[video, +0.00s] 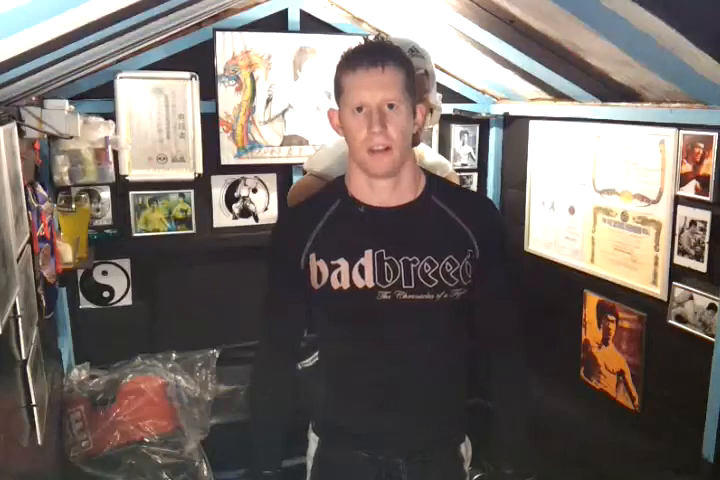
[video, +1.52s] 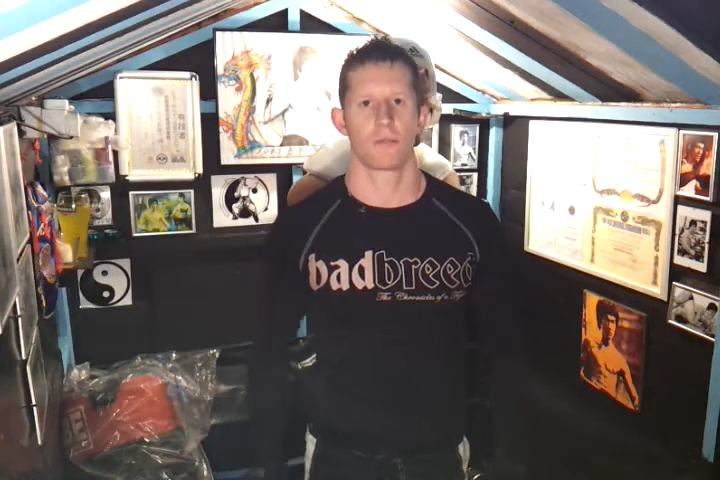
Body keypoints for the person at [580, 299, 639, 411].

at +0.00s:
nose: (610, 326)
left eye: (613, 322)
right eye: (607, 321)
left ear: (616, 326)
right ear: (600, 323)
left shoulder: (620, 360)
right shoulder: (589, 345)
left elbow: (633, 394)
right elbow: (579, 373)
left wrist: (636, 405)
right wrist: (592, 385)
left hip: (609, 402)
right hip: (588, 398)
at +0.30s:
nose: (610, 326)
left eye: (613, 322)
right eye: (607, 321)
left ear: (616, 326)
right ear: (600, 323)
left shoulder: (620, 360)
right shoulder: (589, 345)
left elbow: (633, 394)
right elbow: (579, 373)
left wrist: (636, 405)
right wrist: (592, 385)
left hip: (609, 402)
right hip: (588, 397)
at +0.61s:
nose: (610, 326)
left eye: (613, 322)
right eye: (607, 320)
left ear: (616, 326)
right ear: (600, 323)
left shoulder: (620, 361)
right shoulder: (589, 345)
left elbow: (634, 395)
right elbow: (579, 374)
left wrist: (636, 406)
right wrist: (593, 387)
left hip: (609, 402)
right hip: (588, 398)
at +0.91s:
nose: (610, 326)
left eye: (613, 322)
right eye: (607, 321)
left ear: (616, 326)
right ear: (601, 324)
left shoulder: (620, 360)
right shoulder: (589, 344)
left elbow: (634, 395)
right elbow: (579, 371)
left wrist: (636, 404)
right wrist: (589, 382)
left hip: (609, 402)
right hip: (588, 397)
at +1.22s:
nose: (610, 326)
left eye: (613, 322)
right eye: (607, 321)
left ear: (616, 326)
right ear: (601, 324)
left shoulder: (620, 360)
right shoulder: (589, 344)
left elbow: (634, 395)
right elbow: (579, 371)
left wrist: (636, 404)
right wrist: (589, 382)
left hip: (609, 402)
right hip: (588, 397)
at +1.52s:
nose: (610, 326)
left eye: (613, 322)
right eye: (607, 321)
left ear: (616, 326)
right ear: (601, 324)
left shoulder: (620, 360)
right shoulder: (589, 344)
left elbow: (634, 395)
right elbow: (579, 371)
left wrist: (636, 404)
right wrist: (589, 382)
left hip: (609, 402)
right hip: (588, 397)